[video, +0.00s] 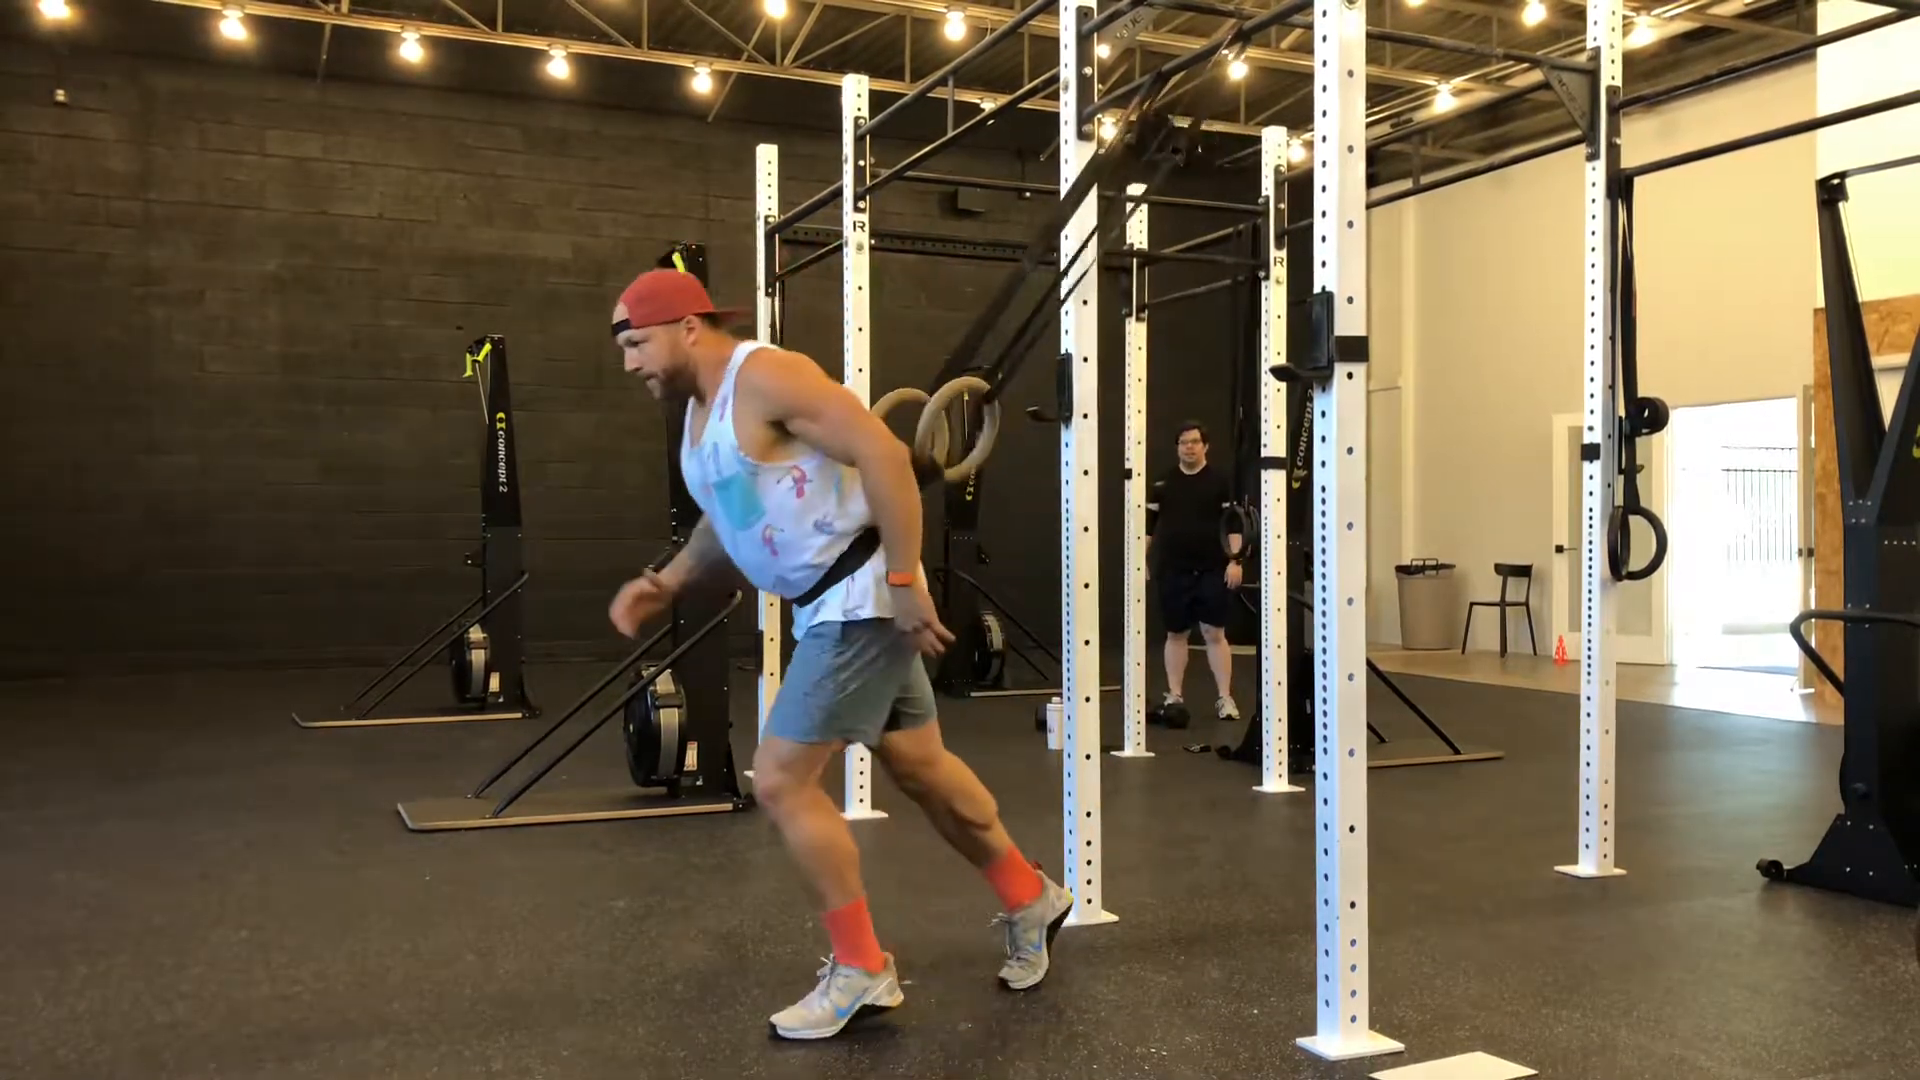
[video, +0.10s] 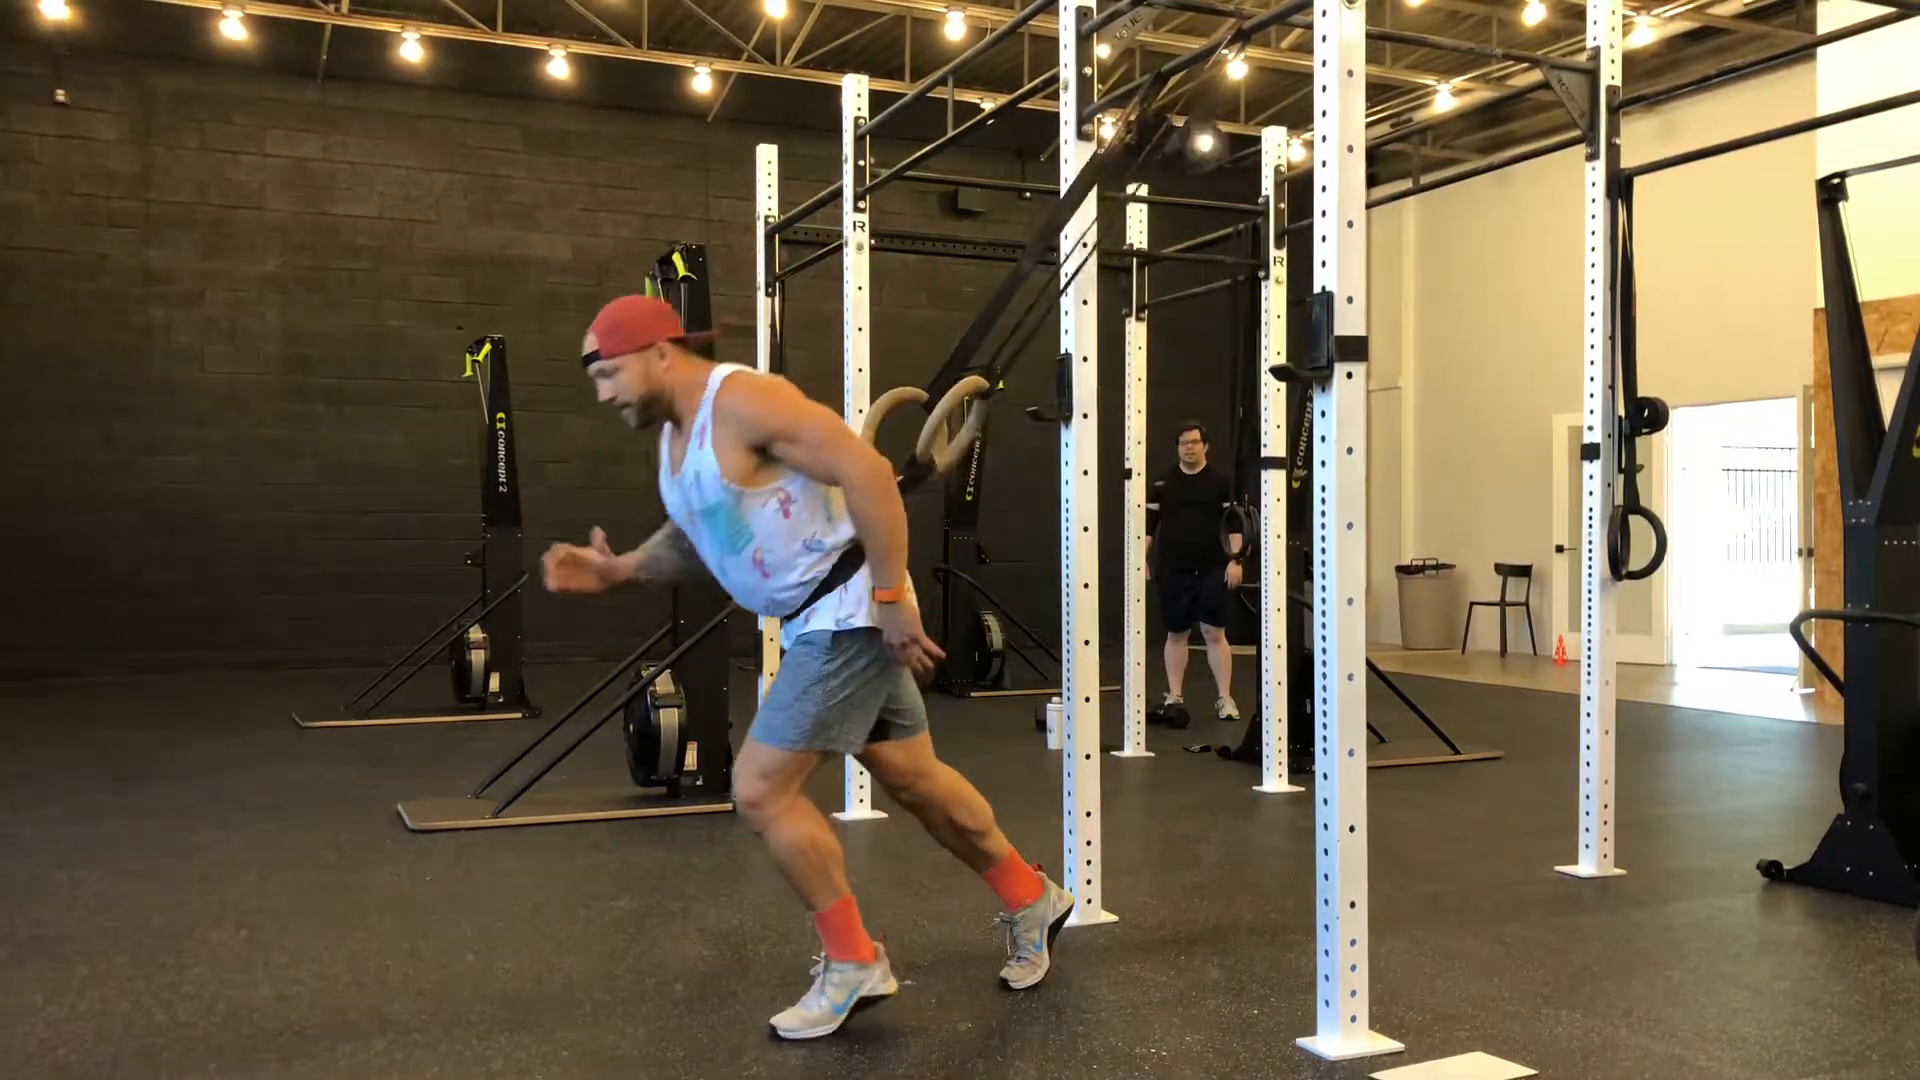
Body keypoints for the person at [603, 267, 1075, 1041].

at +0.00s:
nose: (627, 361)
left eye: (633, 340)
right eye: (622, 345)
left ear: (686, 327)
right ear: (679, 334)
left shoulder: (767, 376)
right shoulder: (703, 415)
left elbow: (886, 453)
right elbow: (733, 519)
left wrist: (906, 577)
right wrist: (669, 581)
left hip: (861, 597)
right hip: (834, 602)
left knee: (783, 779)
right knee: (920, 763)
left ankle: (862, 969)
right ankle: (1031, 896)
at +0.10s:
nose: (600, 392)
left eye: (606, 372)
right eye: (595, 376)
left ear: (659, 353)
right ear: (650, 361)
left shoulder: (745, 400)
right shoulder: (678, 438)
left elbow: (868, 471)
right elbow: (701, 540)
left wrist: (892, 596)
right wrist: (622, 567)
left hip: (850, 611)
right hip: (824, 615)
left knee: (763, 789)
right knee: (912, 775)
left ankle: (855, 960)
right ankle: (1032, 895)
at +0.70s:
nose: (529, 593)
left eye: (529, 576)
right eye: (521, 581)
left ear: (566, 543)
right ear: (559, 553)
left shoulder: (664, 548)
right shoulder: (610, 612)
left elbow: (820, 534)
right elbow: (570, 691)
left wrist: (914, 602)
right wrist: (499, 675)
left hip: (842, 670)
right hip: (855, 666)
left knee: (719, 823)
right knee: (912, 842)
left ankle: (856, 964)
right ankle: (1068, 906)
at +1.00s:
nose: (552, 615)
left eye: (552, 599)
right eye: (544, 604)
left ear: (589, 567)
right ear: (584, 574)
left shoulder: (681, 567)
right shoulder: (639, 627)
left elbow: (840, 548)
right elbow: (593, 712)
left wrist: (941, 609)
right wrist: (524, 693)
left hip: (872, 669)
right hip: (877, 670)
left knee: (736, 814)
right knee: (898, 859)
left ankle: (861, 967)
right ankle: (1070, 906)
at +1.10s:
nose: (556, 625)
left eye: (556, 609)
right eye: (548, 615)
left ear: (592, 577)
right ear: (588, 583)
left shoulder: (683, 579)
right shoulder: (640, 637)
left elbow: (842, 559)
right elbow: (591, 720)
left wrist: (942, 616)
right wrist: (524, 699)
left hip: (874, 673)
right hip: (877, 675)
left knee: (734, 815)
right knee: (898, 864)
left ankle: (858, 964)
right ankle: (1071, 906)